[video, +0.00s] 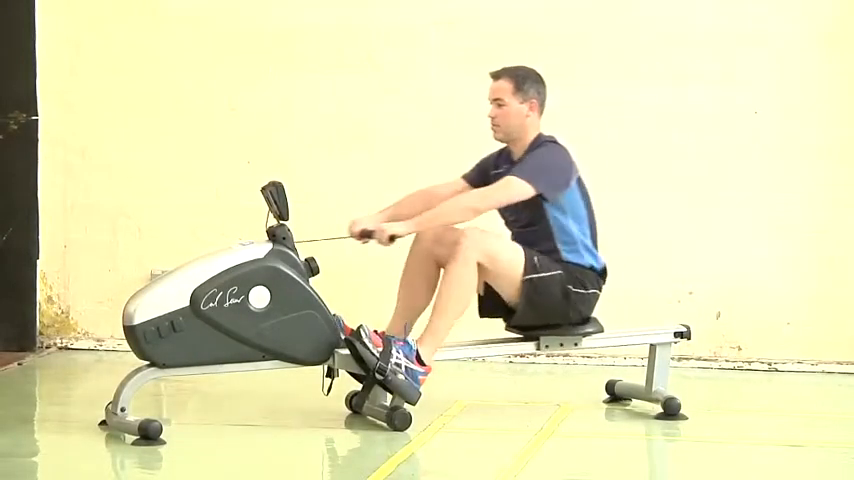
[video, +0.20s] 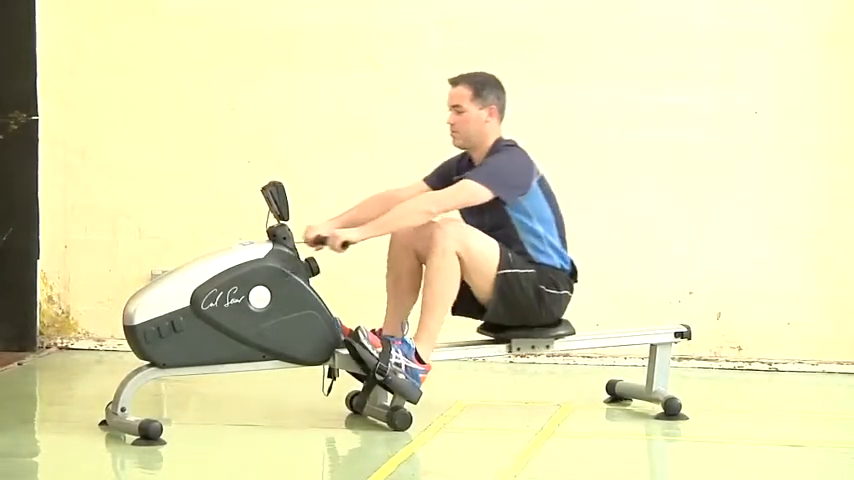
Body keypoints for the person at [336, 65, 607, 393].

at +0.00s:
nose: (490, 113)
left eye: (499, 104)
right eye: (490, 104)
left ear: (531, 108)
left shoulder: (551, 157)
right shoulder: (498, 162)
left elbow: (478, 203)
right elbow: (442, 194)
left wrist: (406, 227)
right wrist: (380, 216)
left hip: (571, 287)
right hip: (529, 285)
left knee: (471, 241)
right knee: (431, 236)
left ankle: (419, 360)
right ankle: (391, 342)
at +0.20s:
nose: (449, 120)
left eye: (458, 110)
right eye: (449, 111)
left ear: (490, 114)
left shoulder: (511, 162)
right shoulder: (459, 166)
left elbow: (436, 207)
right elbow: (400, 198)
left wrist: (357, 233)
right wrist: (335, 224)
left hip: (542, 291)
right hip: (500, 289)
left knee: (448, 231)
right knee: (407, 231)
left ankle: (418, 358)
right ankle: (390, 340)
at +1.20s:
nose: (496, 108)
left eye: (505, 99)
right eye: (497, 99)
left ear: (537, 102)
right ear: (528, 103)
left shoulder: (552, 154)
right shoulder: (504, 154)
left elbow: (471, 187)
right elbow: (438, 183)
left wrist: (400, 215)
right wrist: (370, 207)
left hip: (561, 282)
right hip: (524, 279)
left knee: (456, 237)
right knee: (422, 232)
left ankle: (416, 357)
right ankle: (388, 341)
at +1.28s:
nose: (520, 106)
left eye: (528, 96)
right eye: (520, 97)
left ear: (560, 99)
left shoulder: (576, 153)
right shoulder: (523, 154)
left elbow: (497, 185)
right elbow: (460, 183)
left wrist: (423, 213)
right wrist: (396, 203)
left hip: (577, 280)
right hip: (540, 273)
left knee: (470, 244)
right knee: (435, 238)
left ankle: (418, 358)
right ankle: (390, 342)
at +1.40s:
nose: (557, 104)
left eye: (565, 94)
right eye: (556, 95)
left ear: (596, 97)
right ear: (588, 98)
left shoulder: (614, 152)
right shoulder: (562, 151)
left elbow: (538, 191)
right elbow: (506, 182)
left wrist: (465, 212)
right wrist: (440, 200)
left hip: (600, 278)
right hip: (565, 270)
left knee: (490, 255)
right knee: (456, 251)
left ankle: (420, 358)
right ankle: (391, 341)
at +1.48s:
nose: (581, 105)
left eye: (589, 95)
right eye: (581, 95)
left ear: (620, 96)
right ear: (608, 97)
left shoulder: (639, 153)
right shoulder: (587, 151)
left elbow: (573, 197)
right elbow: (536, 183)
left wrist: (498, 213)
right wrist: (470, 199)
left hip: (615, 279)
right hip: (578, 270)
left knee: (500, 263)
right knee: (464, 260)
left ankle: (420, 361)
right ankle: (397, 344)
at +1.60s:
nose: (613, 107)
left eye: (621, 97)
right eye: (612, 98)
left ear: (654, 98)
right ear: (631, 100)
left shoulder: (670, 155)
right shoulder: (617, 155)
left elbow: (619, 210)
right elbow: (567, 192)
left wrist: (544, 213)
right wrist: (513, 204)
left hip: (632, 276)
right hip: (597, 267)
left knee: (513, 279)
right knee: (482, 272)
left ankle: (420, 362)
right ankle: (395, 344)